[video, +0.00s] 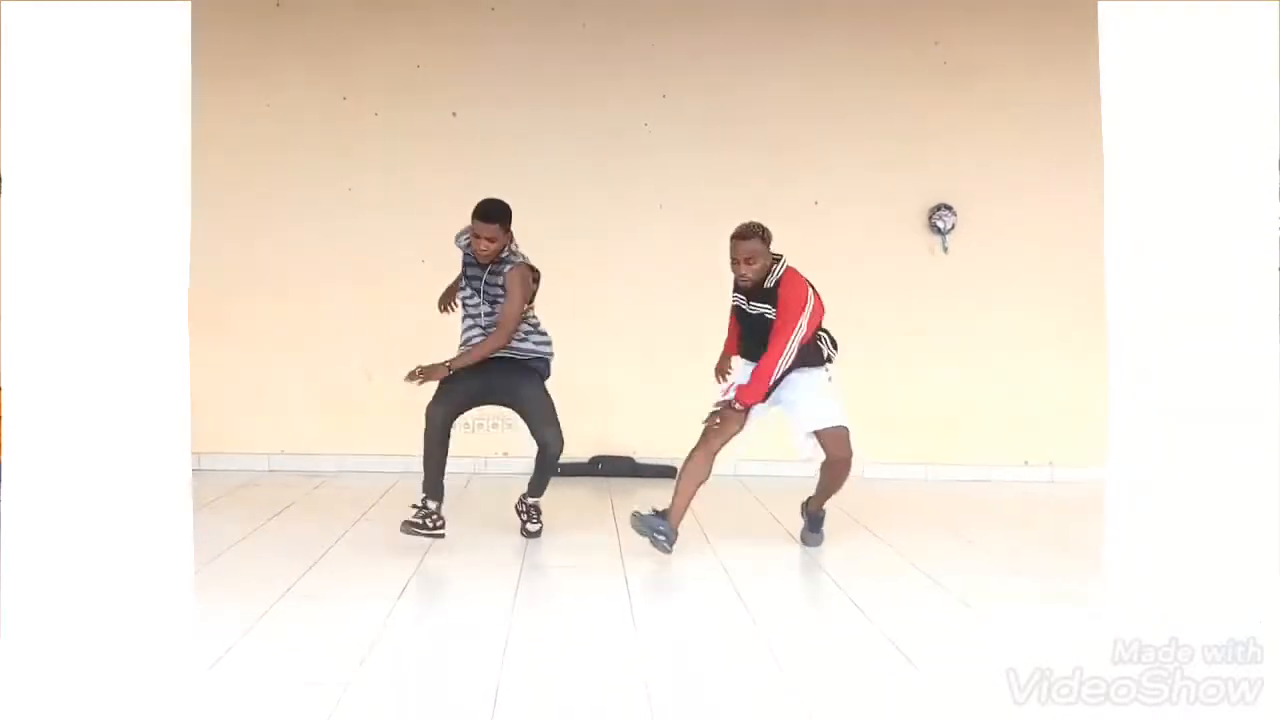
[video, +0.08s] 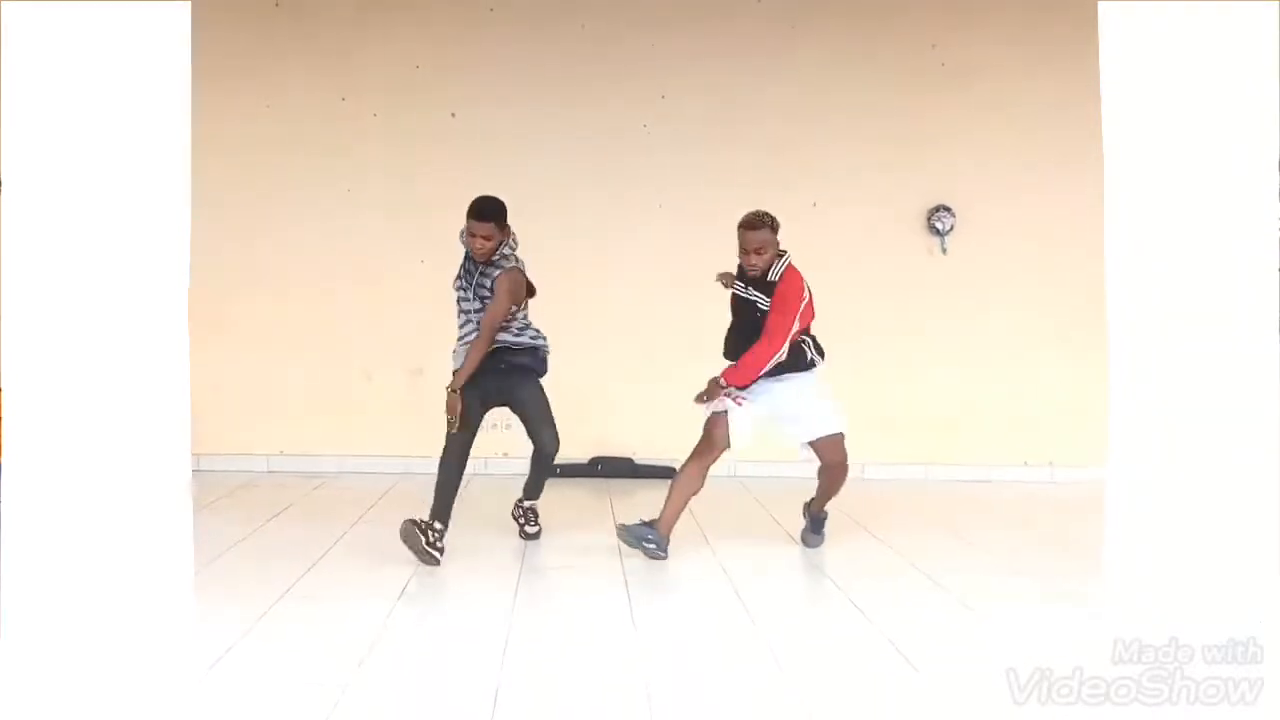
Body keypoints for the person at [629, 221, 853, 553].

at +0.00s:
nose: (741, 270)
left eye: (750, 262)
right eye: (735, 262)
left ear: (769, 257)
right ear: (730, 258)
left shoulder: (796, 290)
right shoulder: (741, 279)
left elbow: (782, 351)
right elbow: (738, 317)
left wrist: (743, 400)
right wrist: (728, 352)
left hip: (804, 372)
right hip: (753, 367)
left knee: (841, 455)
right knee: (712, 436)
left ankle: (814, 508)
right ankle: (670, 523)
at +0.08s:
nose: (751, 259)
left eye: (760, 252)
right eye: (745, 251)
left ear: (777, 247)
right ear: (738, 247)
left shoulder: (790, 282)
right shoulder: (746, 271)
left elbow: (774, 343)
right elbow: (749, 285)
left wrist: (725, 381)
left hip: (797, 378)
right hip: (746, 378)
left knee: (836, 463)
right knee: (708, 446)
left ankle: (816, 510)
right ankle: (660, 532)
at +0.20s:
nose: (760, 264)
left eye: (769, 257)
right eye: (754, 256)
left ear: (784, 251)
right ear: (746, 249)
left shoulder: (796, 274)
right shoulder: (747, 261)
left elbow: (792, 322)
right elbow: (743, 233)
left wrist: (740, 308)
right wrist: (735, 209)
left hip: (797, 382)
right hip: (749, 380)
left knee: (830, 458)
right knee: (704, 442)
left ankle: (825, 511)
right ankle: (664, 529)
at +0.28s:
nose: (765, 274)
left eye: (774, 266)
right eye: (759, 265)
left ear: (790, 263)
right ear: (750, 261)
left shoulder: (800, 287)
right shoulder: (750, 273)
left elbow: (800, 330)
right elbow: (738, 252)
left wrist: (752, 326)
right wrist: (729, 229)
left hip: (796, 385)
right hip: (750, 380)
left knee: (822, 455)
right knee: (701, 423)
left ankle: (824, 511)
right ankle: (682, 516)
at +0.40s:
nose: (787, 315)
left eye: (796, 308)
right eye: (781, 306)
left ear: (811, 305)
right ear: (773, 300)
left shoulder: (822, 343)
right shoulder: (758, 313)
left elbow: (833, 397)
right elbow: (719, 334)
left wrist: (821, 450)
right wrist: (707, 332)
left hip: (798, 419)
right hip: (754, 409)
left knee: (825, 473)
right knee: (715, 419)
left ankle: (815, 513)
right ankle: (746, 494)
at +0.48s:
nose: (794, 346)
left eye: (804, 340)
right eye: (788, 337)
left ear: (817, 339)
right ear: (780, 331)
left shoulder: (826, 378)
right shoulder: (755, 350)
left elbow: (848, 433)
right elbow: (715, 384)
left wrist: (872, 487)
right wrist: (719, 388)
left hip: (801, 444)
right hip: (755, 439)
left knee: (827, 463)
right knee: (716, 451)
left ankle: (818, 513)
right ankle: (755, 504)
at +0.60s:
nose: (801, 374)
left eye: (810, 367)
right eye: (795, 365)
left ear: (822, 369)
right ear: (784, 364)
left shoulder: (837, 406)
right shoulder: (762, 388)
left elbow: (862, 439)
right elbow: (719, 428)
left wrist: (911, 440)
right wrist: (723, 445)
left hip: (805, 474)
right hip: (760, 471)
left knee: (831, 474)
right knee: (705, 468)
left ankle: (819, 515)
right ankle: (757, 507)